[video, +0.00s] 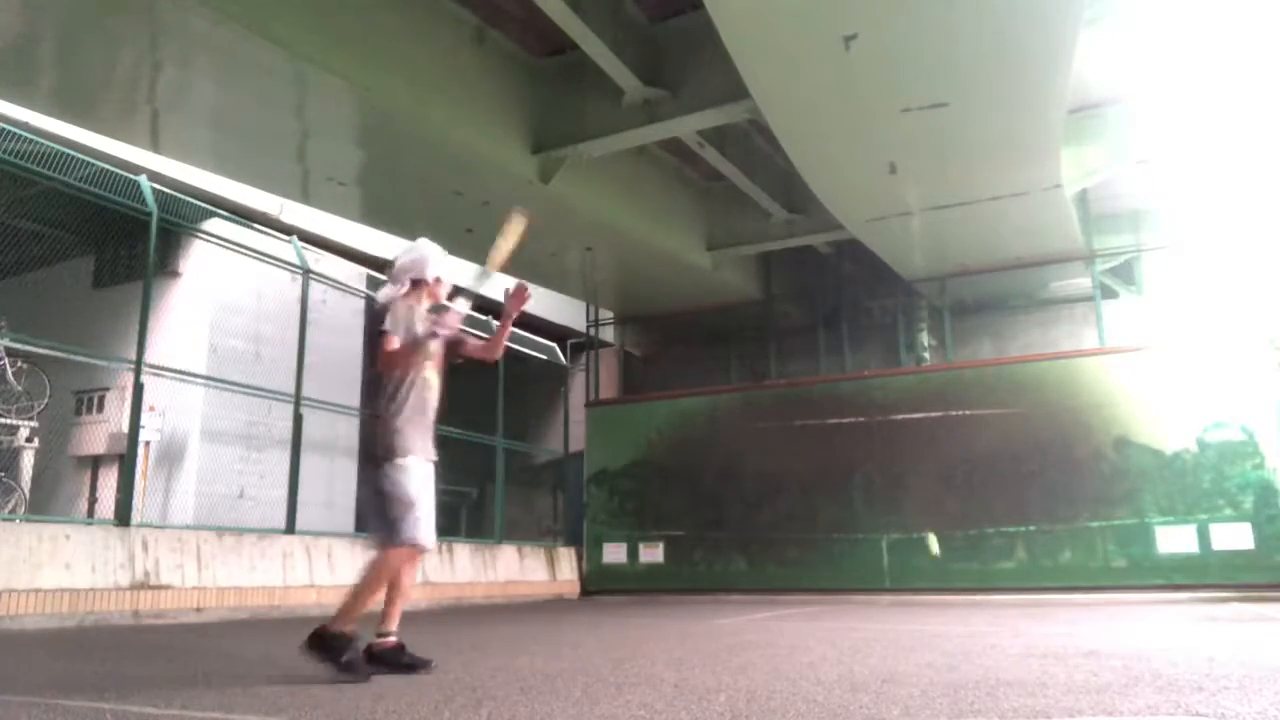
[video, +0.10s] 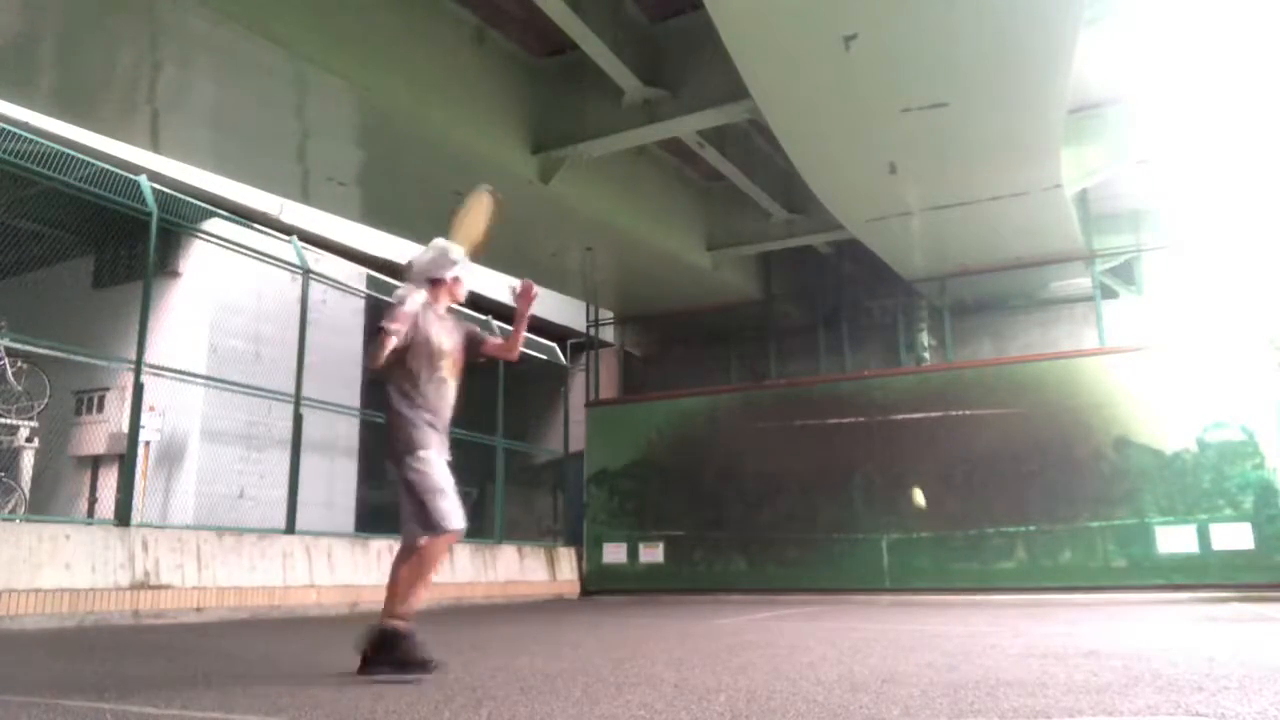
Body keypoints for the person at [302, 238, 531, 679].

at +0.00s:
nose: (447, 287)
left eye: (447, 280)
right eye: (443, 279)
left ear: (423, 280)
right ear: (426, 279)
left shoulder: (436, 320)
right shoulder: (395, 308)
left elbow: (489, 351)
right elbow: (389, 361)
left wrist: (509, 314)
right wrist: (434, 332)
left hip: (417, 447)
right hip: (395, 445)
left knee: (412, 545)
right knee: (406, 542)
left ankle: (386, 641)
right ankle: (335, 632)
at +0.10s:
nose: (466, 283)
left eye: (464, 276)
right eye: (460, 276)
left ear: (447, 280)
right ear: (442, 279)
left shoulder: (457, 325)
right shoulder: (412, 310)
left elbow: (509, 351)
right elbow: (376, 360)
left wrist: (522, 312)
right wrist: (401, 312)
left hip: (435, 439)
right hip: (413, 435)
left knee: (416, 542)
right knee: (448, 526)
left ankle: (387, 640)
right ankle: (393, 630)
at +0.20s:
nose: (486, 288)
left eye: (486, 280)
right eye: (482, 280)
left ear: (466, 282)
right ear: (465, 281)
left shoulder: (479, 327)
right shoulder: (426, 315)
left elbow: (528, 358)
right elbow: (378, 356)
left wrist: (546, 332)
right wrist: (365, 339)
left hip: (448, 442)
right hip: (430, 441)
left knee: (420, 547)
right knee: (473, 528)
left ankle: (385, 642)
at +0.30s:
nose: (510, 294)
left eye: (509, 286)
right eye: (505, 286)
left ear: (489, 289)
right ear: (486, 287)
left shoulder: (505, 335)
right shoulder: (446, 320)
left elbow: (552, 374)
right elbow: (396, 356)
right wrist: (367, 352)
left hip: (473, 450)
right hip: (452, 448)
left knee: (433, 549)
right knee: (498, 532)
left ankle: (385, 642)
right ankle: (501, 646)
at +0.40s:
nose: (540, 299)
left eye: (540, 291)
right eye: (535, 291)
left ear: (521, 294)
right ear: (516, 294)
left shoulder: (531, 344)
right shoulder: (476, 326)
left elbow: (570, 397)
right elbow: (433, 356)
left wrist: (619, 432)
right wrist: (396, 372)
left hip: (492, 450)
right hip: (475, 448)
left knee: (443, 549)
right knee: (530, 535)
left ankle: (386, 641)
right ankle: (504, 648)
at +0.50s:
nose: (577, 311)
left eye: (577, 303)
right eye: (573, 303)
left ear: (546, 303)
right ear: (555, 304)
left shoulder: (539, 346)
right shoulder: (530, 338)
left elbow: (550, 401)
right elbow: (495, 386)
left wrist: (590, 442)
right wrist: (479, 416)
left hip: (478, 447)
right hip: (495, 447)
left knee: (479, 551)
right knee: (552, 543)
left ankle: (402, 634)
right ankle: (506, 647)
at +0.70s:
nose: (631, 328)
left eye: (631, 319)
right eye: (628, 318)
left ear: (592, 313)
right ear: (608, 315)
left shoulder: (559, 345)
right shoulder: (599, 352)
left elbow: (535, 400)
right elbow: (657, 406)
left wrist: (576, 426)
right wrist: (715, 429)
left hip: (514, 447)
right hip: (528, 450)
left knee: (579, 528)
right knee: (570, 547)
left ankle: (573, 635)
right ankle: (509, 645)